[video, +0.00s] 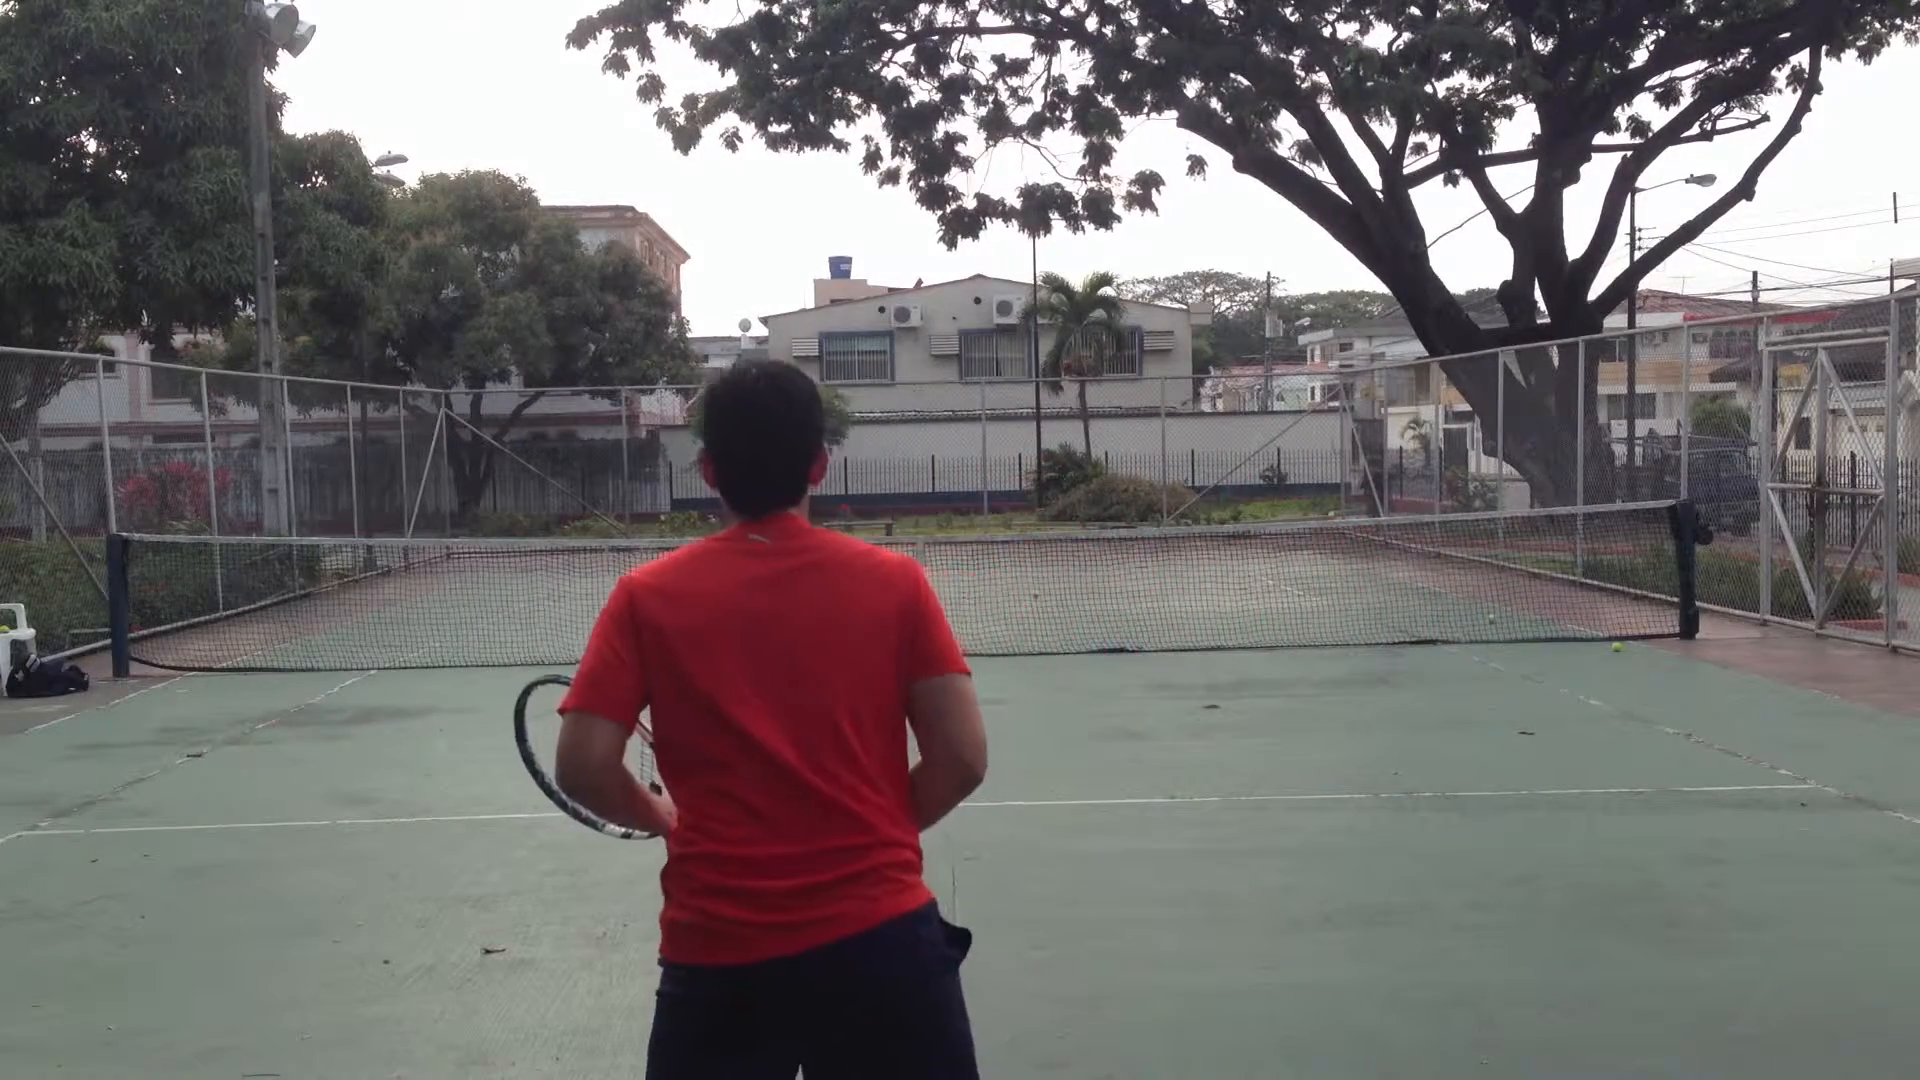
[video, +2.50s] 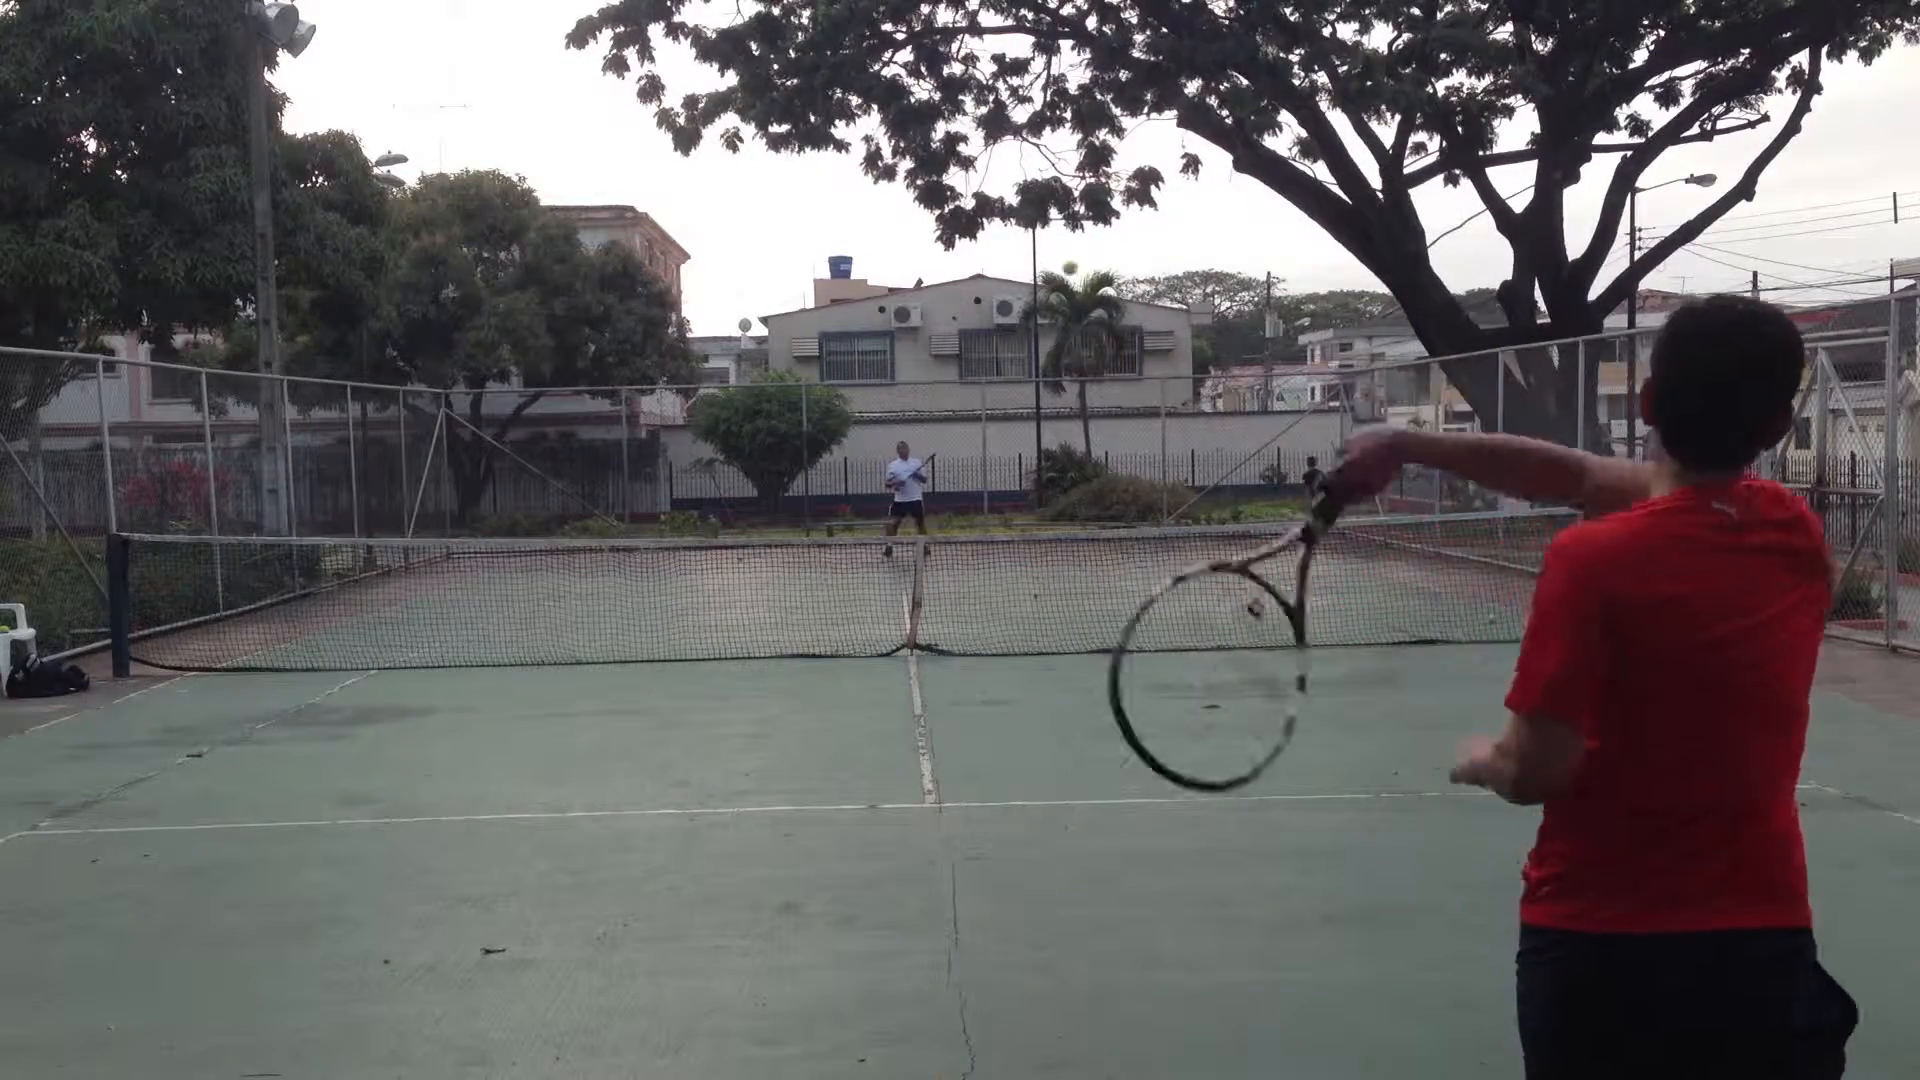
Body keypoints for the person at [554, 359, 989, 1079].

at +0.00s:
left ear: (708, 470)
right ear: (819, 467)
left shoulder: (649, 596)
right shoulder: (893, 582)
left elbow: (583, 766)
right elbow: (961, 759)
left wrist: (664, 817)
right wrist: (874, 822)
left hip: (720, 970)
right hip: (881, 959)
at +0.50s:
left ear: (935, 493)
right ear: (1050, 489)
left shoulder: (878, 626)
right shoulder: (1094, 613)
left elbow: (804, 796)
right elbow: (1149, 810)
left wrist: (910, 841)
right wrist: (1101, 887)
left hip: (909, 1000)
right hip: (1062, 993)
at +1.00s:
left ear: (1239, 497)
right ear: (1358, 507)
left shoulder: (1177, 629)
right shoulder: (1346, 634)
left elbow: (1161, 808)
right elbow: (1365, 844)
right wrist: (1417, 901)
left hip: (1183, 994)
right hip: (1291, 1001)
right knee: (1419, 1059)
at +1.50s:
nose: (1472, 454)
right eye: (1473, 439)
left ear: (1341, 449)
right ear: (1466, 458)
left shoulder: (1321, 559)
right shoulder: (1415, 585)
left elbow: (1473, 624)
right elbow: (1461, 777)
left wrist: (1627, 604)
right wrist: (1650, 709)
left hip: (1293, 945)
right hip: (1377, 962)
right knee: (1497, 1056)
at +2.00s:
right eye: (1677, 450)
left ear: (1535, 449)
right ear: (1667, 474)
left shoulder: (1455, 561)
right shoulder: (1649, 629)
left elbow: (1371, 619)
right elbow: (1760, 858)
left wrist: (1482, 618)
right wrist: (1913, 921)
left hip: (1408, 960)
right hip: (1541, 977)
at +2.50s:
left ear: (1646, 400)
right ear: (1779, 424)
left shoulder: (1593, 557)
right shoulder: (1799, 539)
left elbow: (1538, 771)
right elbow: (1584, 474)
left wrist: (1482, 758)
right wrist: (1404, 443)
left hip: (1597, 947)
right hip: (1760, 940)